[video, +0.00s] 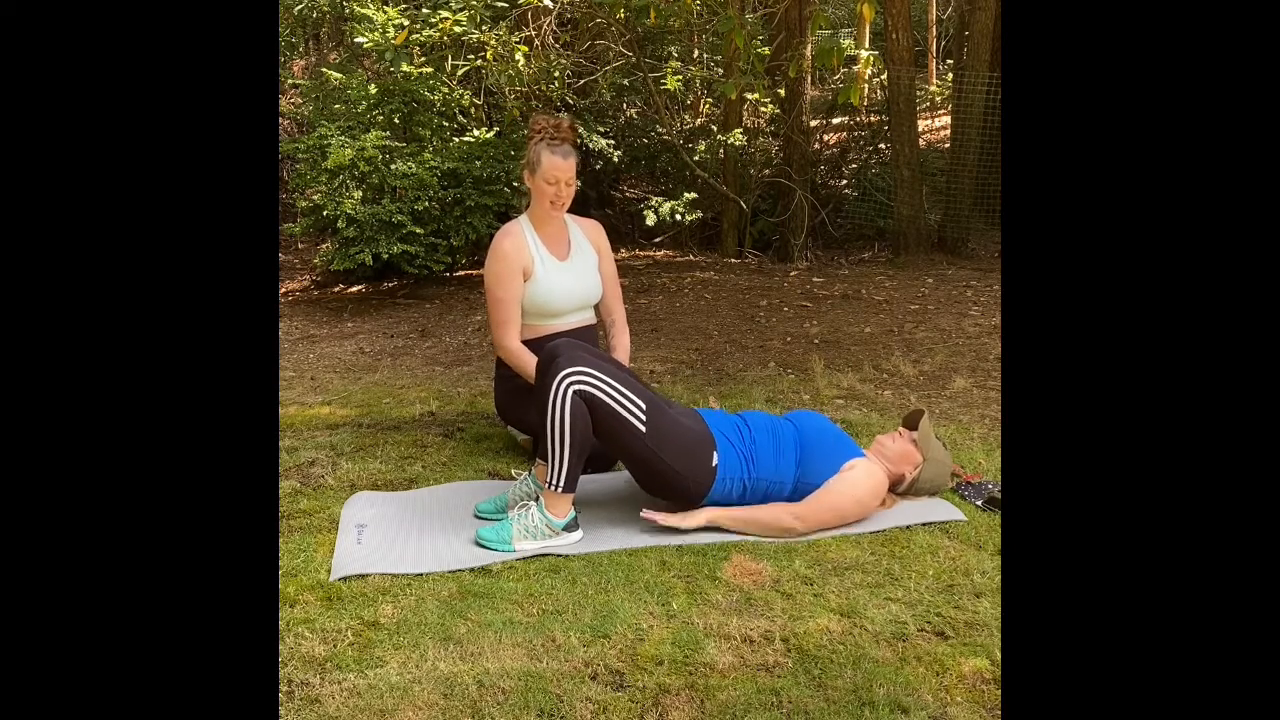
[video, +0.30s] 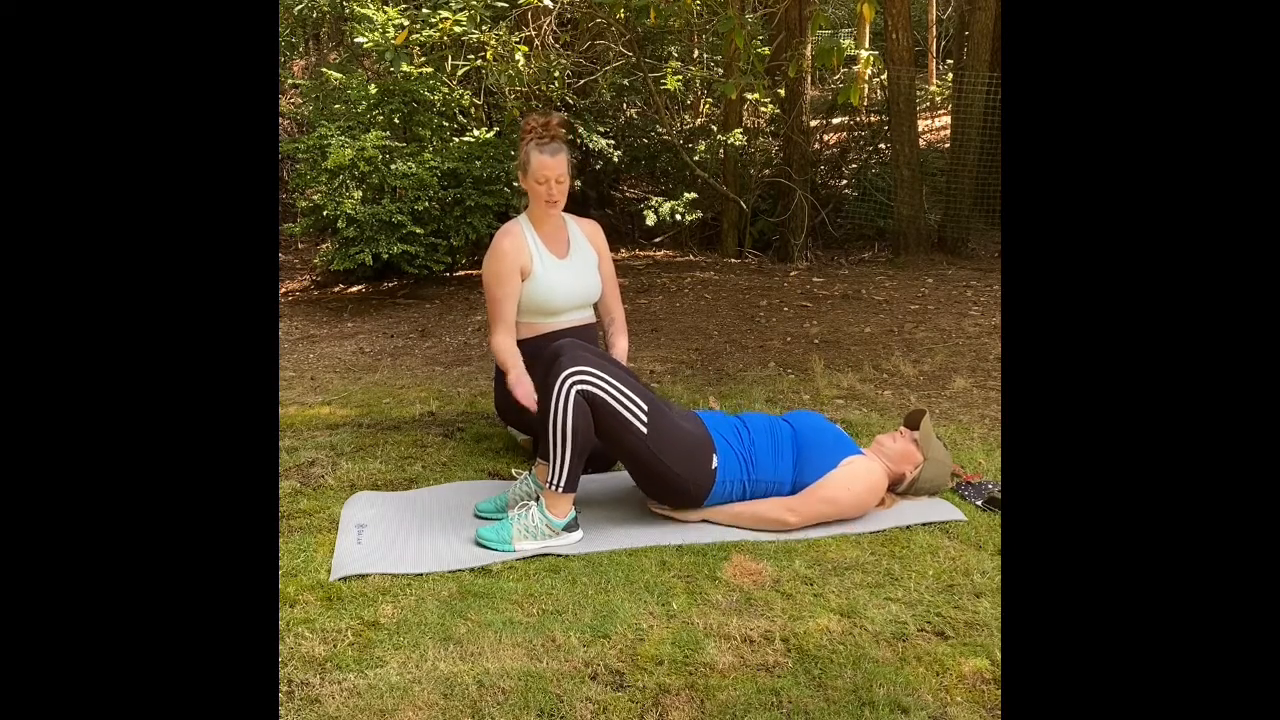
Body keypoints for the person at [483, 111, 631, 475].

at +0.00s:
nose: (562, 193)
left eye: (570, 183)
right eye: (551, 182)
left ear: (577, 180)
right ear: (528, 179)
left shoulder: (591, 233)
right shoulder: (509, 244)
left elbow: (616, 322)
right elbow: (506, 343)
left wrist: (615, 379)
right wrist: (564, 387)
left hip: (586, 368)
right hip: (525, 379)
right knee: (600, 450)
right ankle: (537, 442)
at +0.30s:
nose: (552, 191)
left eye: (560, 180)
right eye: (541, 181)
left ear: (570, 178)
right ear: (523, 181)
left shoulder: (590, 233)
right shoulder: (509, 244)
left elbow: (614, 319)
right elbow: (502, 333)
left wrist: (616, 366)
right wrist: (517, 374)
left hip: (587, 366)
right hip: (527, 375)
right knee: (599, 448)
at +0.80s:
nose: (551, 190)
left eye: (559, 179)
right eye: (540, 180)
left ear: (568, 178)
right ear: (522, 180)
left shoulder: (588, 233)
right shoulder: (506, 243)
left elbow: (613, 322)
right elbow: (491, 333)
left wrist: (615, 368)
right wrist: (507, 341)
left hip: (586, 364)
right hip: (525, 374)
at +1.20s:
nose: (552, 183)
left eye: (560, 173)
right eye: (541, 171)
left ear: (567, 178)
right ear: (520, 175)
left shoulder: (584, 231)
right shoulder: (503, 242)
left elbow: (614, 301)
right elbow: (497, 342)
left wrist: (620, 313)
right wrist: (533, 304)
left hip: (584, 365)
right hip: (524, 376)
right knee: (603, 448)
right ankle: (538, 444)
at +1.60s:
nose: (546, 183)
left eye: (553, 173)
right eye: (535, 173)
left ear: (560, 177)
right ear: (512, 175)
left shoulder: (575, 228)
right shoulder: (498, 241)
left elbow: (638, 292)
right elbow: (508, 322)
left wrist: (625, 265)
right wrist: (557, 263)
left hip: (584, 363)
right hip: (524, 375)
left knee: (644, 437)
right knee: (601, 445)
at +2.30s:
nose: (549, 182)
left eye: (556, 173)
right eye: (538, 171)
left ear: (563, 178)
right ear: (515, 173)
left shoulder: (579, 229)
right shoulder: (498, 242)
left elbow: (639, 296)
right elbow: (501, 320)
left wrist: (625, 269)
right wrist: (555, 266)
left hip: (584, 364)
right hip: (523, 376)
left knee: (637, 442)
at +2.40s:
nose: (549, 182)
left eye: (556, 173)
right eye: (539, 171)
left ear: (563, 177)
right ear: (515, 173)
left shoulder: (579, 229)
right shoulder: (498, 242)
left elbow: (640, 295)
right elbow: (502, 321)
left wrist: (625, 268)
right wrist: (556, 266)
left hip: (584, 364)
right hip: (523, 377)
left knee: (636, 441)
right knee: (596, 442)